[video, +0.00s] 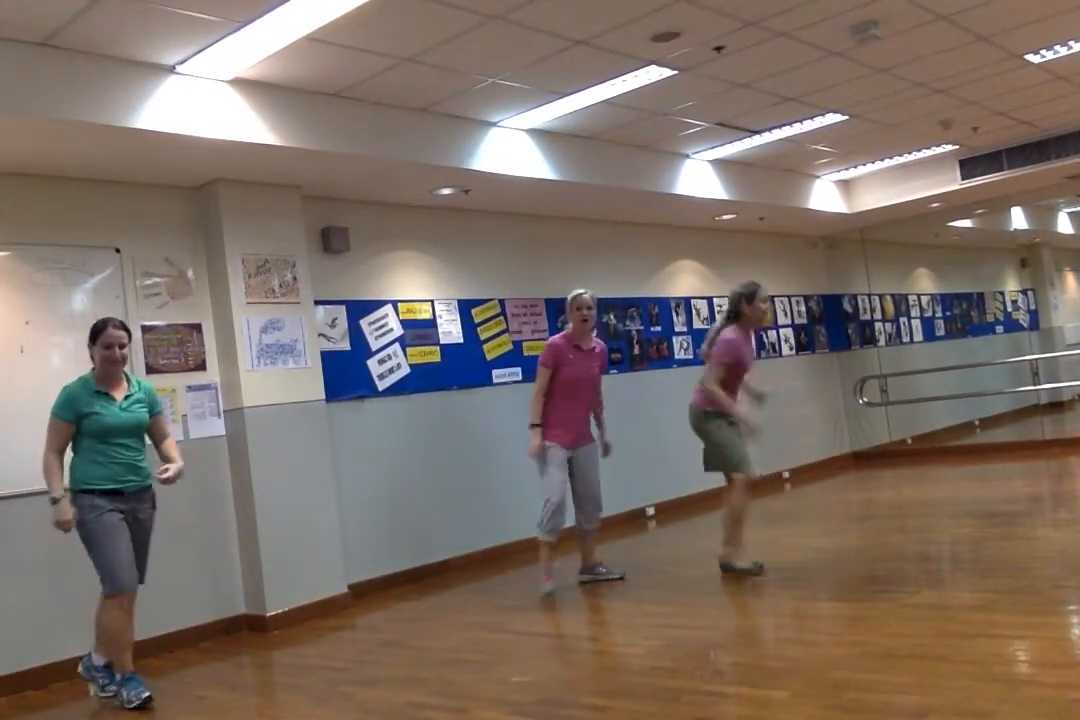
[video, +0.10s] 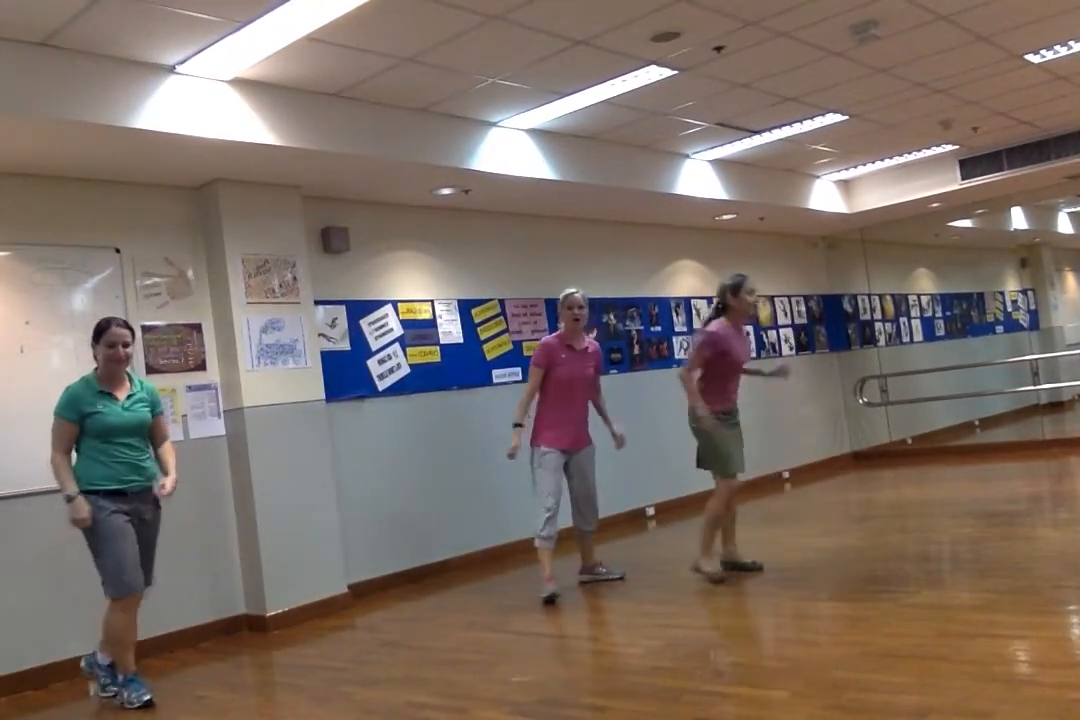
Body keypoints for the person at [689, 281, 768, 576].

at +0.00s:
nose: (768, 308)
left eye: (767, 302)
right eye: (763, 302)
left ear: (749, 307)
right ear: (745, 306)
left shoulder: (745, 336)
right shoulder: (729, 339)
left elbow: (734, 371)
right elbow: (710, 384)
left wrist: (754, 391)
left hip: (724, 410)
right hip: (708, 411)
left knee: (739, 480)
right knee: (741, 476)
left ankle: (733, 554)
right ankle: (729, 555)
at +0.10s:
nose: (755, 299)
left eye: (754, 294)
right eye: (749, 294)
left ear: (739, 301)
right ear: (731, 299)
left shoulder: (740, 331)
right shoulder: (714, 332)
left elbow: (734, 367)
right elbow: (688, 373)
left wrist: (767, 373)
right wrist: (701, 411)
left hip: (729, 414)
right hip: (709, 415)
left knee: (729, 485)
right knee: (728, 483)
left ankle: (729, 554)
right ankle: (704, 558)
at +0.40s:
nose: (730, 295)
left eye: (735, 290)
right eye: (724, 289)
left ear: (738, 298)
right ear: (710, 296)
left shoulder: (736, 334)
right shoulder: (694, 331)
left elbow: (730, 379)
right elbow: (679, 372)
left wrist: (748, 417)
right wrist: (694, 384)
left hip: (729, 420)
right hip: (697, 423)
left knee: (752, 484)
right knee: (699, 495)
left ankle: (735, 550)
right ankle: (696, 564)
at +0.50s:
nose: (731, 291)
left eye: (736, 287)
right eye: (725, 285)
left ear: (739, 294)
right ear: (712, 292)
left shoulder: (738, 329)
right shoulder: (699, 326)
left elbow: (733, 369)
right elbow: (689, 368)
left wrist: (737, 400)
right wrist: (712, 362)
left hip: (733, 416)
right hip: (701, 418)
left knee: (752, 481)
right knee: (701, 494)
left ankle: (742, 561)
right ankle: (703, 561)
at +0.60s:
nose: (735, 292)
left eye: (739, 287)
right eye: (728, 287)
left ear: (744, 294)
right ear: (716, 293)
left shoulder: (743, 331)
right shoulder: (708, 324)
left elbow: (738, 372)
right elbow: (701, 363)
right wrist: (733, 353)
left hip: (742, 417)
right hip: (710, 419)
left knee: (748, 491)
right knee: (709, 494)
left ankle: (747, 567)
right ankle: (707, 560)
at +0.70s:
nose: (740, 290)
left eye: (745, 286)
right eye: (734, 285)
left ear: (750, 292)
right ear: (722, 291)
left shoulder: (747, 327)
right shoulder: (714, 323)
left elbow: (741, 366)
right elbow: (710, 363)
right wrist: (743, 370)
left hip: (752, 414)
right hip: (721, 415)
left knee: (758, 493)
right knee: (725, 492)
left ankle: (748, 567)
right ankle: (706, 547)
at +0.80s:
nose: (750, 291)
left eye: (754, 286)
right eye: (743, 286)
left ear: (757, 292)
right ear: (729, 292)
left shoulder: (750, 328)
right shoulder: (722, 327)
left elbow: (752, 377)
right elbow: (718, 372)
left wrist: (765, 413)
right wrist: (748, 405)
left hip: (755, 412)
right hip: (732, 413)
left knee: (763, 489)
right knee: (757, 485)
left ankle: (749, 568)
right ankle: (718, 538)